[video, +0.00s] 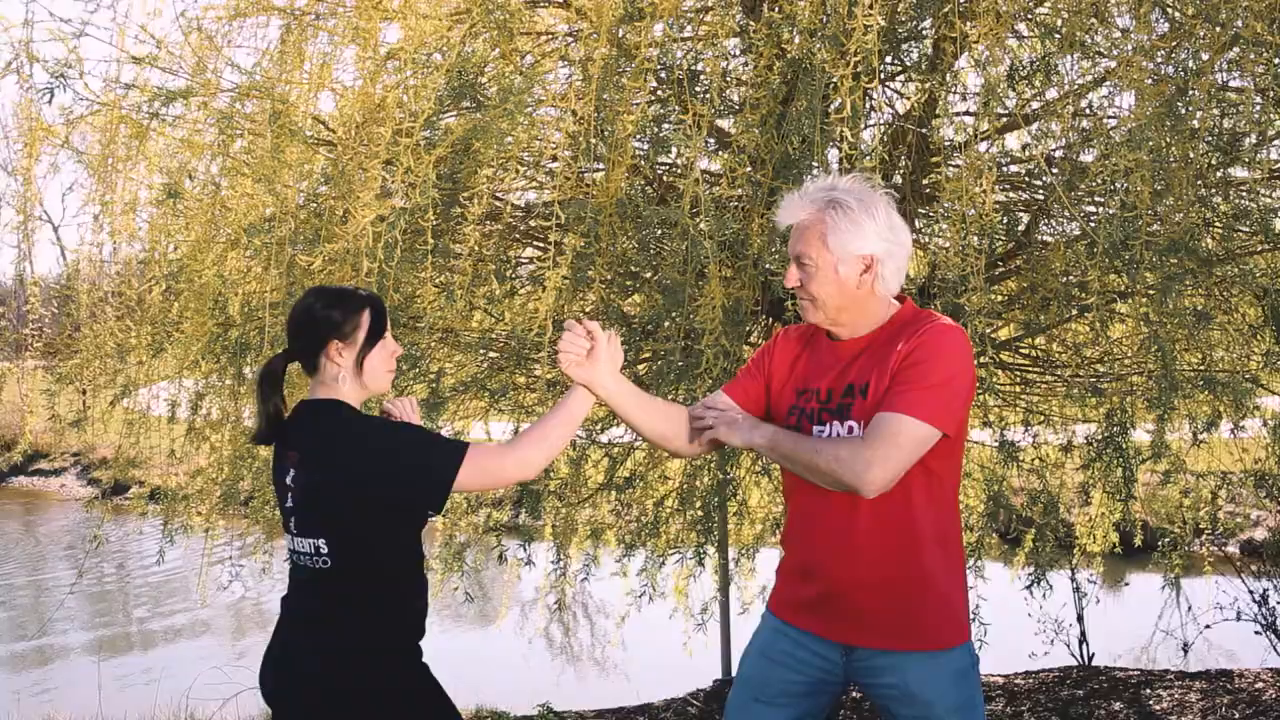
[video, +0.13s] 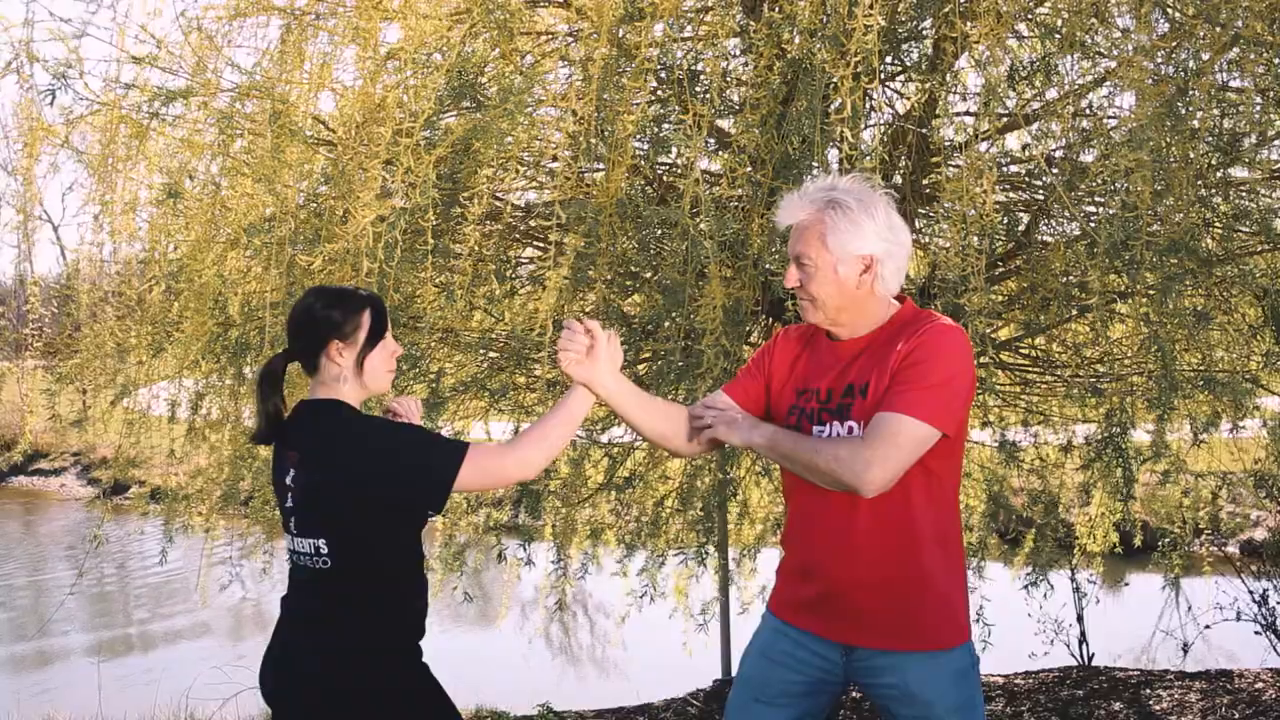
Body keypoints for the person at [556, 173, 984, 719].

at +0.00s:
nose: (789, 279)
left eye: (805, 263)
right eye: (791, 262)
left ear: (865, 269)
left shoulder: (936, 344)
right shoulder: (788, 349)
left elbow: (869, 469)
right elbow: (692, 433)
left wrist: (755, 433)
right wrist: (604, 378)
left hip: (918, 641)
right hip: (796, 630)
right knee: (743, 713)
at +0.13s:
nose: (789, 280)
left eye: (805, 264)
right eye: (791, 262)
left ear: (865, 269)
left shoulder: (936, 344)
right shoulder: (788, 349)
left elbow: (869, 469)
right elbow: (692, 433)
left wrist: (753, 433)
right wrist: (602, 377)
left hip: (918, 641)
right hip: (796, 630)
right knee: (743, 713)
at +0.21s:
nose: (789, 280)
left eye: (804, 264)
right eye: (790, 263)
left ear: (865, 269)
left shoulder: (936, 344)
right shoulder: (788, 349)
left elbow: (868, 469)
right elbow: (693, 432)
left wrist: (754, 433)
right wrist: (603, 376)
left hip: (919, 642)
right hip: (797, 630)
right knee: (744, 713)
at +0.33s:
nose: (787, 280)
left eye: (802, 264)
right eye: (788, 263)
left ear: (862, 268)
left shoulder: (935, 344)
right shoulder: (788, 349)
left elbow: (866, 469)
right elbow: (690, 431)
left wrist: (754, 434)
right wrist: (603, 375)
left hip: (918, 642)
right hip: (797, 630)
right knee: (744, 713)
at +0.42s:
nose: (787, 281)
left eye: (801, 264)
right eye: (788, 264)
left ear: (862, 268)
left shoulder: (935, 344)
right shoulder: (788, 348)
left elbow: (866, 469)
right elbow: (689, 429)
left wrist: (755, 435)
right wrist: (603, 374)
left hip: (918, 642)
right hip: (797, 630)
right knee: (744, 713)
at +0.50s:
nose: (785, 282)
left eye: (799, 267)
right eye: (787, 265)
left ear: (860, 270)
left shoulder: (935, 344)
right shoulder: (788, 348)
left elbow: (868, 470)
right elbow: (687, 429)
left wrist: (755, 437)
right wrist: (606, 369)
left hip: (919, 642)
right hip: (797, 630)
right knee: (745, 712)